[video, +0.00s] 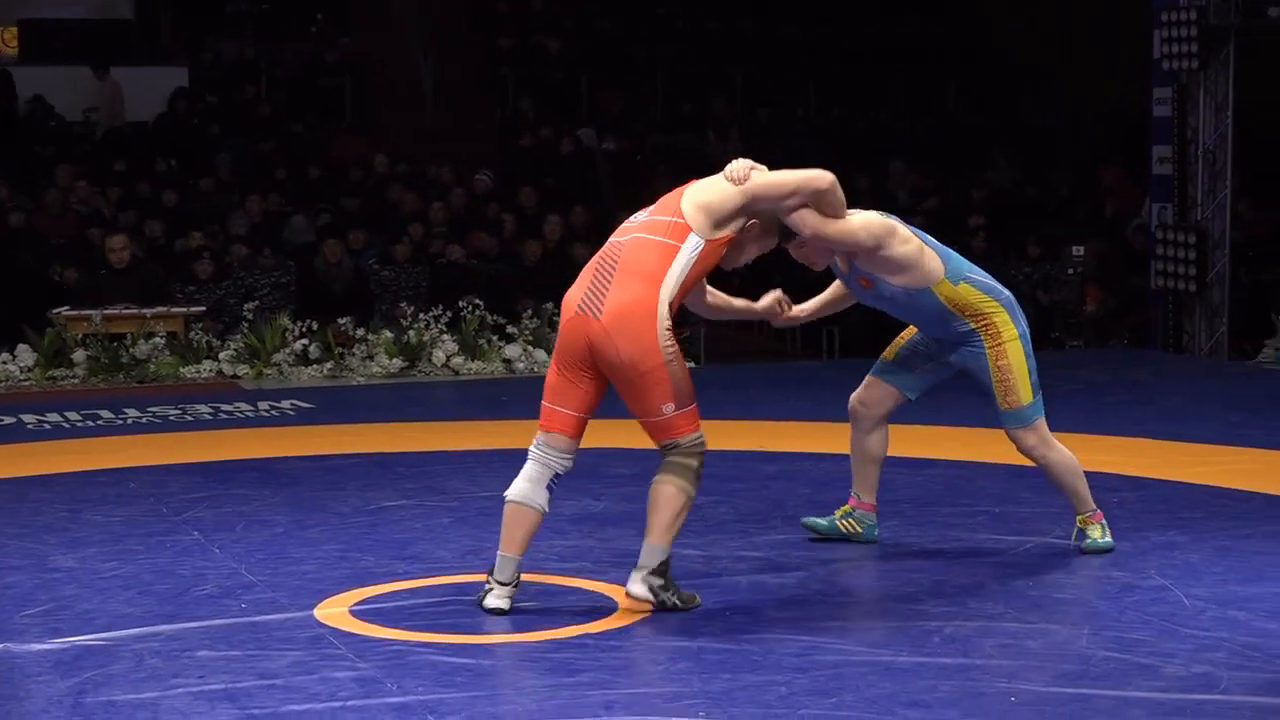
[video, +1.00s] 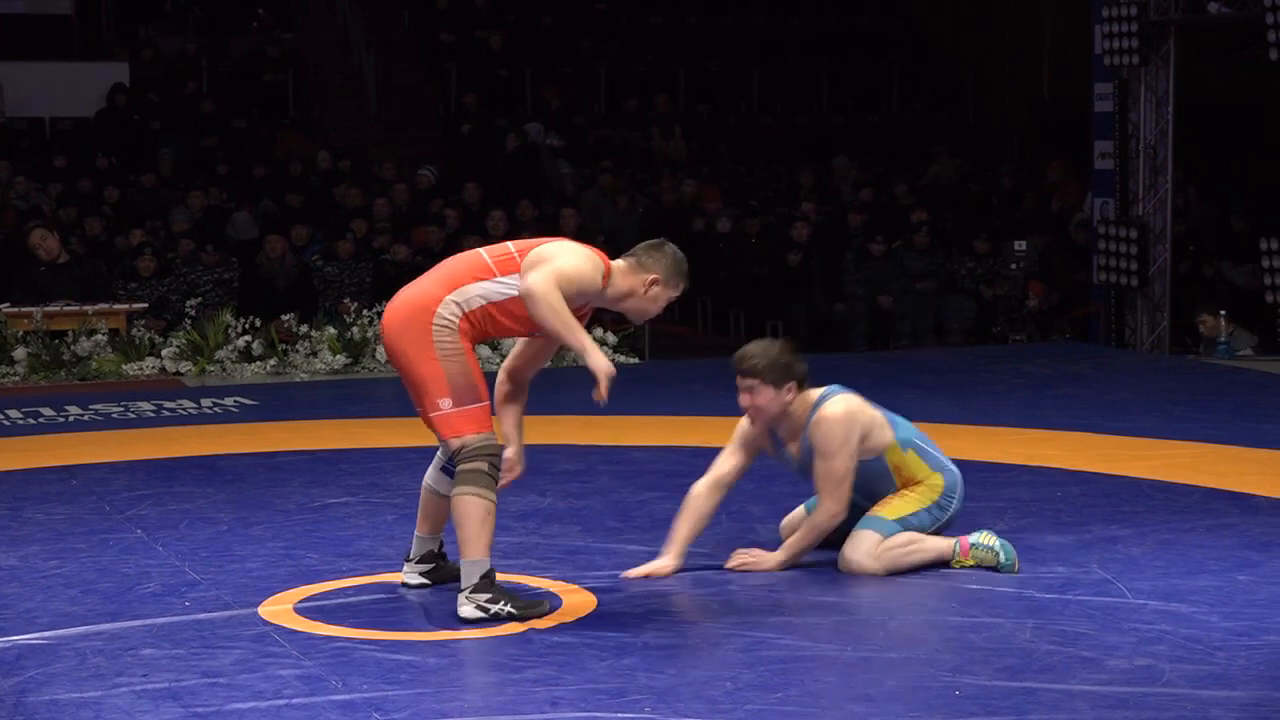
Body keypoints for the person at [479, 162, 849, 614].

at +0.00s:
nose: (756, 256)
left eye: (766, 250)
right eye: (766, 243)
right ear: (757, 219)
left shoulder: (671, 223)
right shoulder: (724, 197)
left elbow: (705, 302)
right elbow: (822, 179)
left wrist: (760, 310)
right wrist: (838, 229)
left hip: (575, 318)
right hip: (635, 325)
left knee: (545, 458)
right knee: (683, 450)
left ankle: (500, 584)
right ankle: (649, 573)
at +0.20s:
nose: (748, 261)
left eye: (758, 253)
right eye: (756, 247)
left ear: (735, 229)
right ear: (744, 224)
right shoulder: (709, 204)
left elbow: (664, 318)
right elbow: (808, 187)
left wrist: (731, 296)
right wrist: (828, 229)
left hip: (557, 322)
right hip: (618, 329)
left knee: (515, 462)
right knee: (695, 436)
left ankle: (470, 585)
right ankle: (687, 556)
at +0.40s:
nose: (757, 263)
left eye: (764, 257)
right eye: (765, 249)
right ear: (754, 225)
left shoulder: (665, 228)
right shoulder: (714, 209)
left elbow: (718, 309)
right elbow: (806, 197)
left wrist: (768, 266)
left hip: (546, 322)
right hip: (610, 333)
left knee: (524, 461)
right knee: (672, 448)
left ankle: (466, 572)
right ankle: (696, 565)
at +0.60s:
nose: (723, 263)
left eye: (728, 255)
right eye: (725, 253)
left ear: (683, 230)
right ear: (707, 240)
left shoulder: (635, 250)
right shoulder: (681, 269)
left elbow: (709, 329)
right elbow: (667, 369)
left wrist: (754, 282)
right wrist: (723, 378)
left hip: (514, 350)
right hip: (576, 352)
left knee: (550, 455)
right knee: (655, 454)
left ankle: (459, 539)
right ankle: (693, 570)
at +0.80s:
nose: (693, 276)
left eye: (697, 266)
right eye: (695, 263)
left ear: (670, 248)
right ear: (672, 248)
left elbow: (581, 397)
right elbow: (548, 263)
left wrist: (579, 473)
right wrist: (599, 327)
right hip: (475, 315)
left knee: (499, 447)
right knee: (549, 434)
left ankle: (431, 553)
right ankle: (550, 565)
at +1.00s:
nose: (659, 314)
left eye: (666, 306)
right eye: (665, 303)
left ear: (645, 282)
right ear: (650, 284)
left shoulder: (571, 308)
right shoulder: (586, 266)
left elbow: (513, 378)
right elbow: (535, 284)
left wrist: (513, 442)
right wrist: (589, 351)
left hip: (426, 320)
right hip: (431, 320)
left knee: (459, 446)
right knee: (482, 449)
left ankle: (423, 560)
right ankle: (478, 590)